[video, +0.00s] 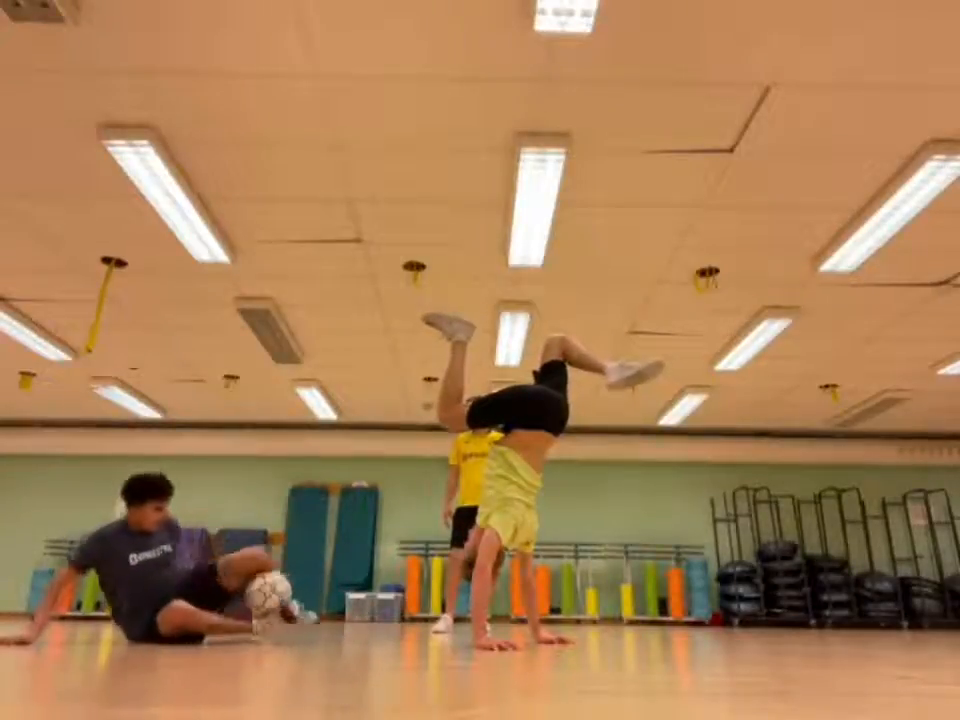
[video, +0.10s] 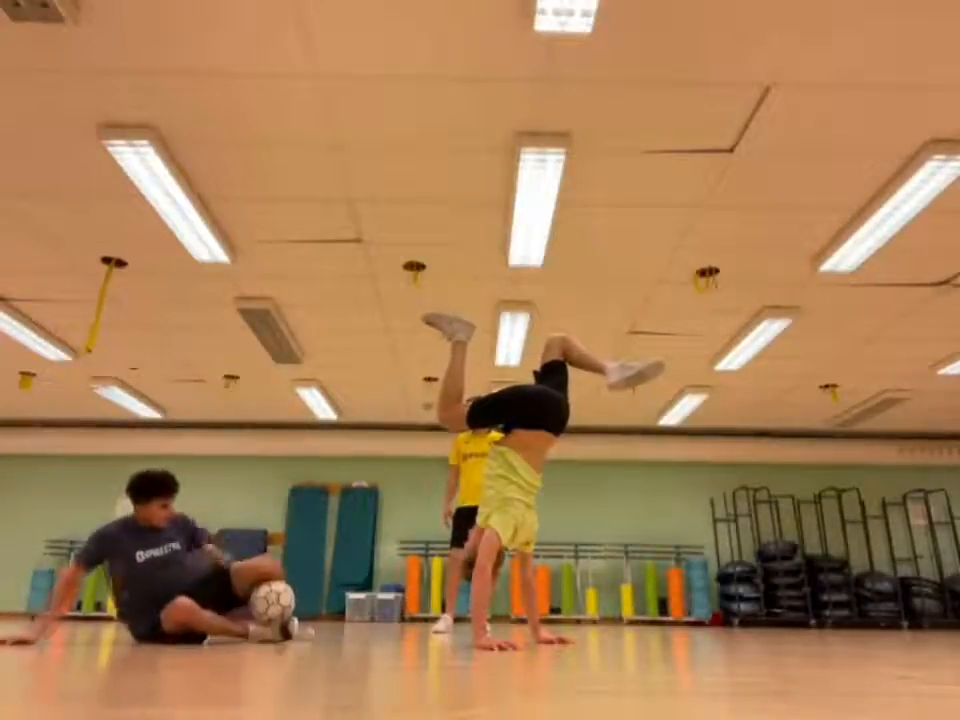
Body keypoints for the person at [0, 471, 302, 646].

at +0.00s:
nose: (165, 515)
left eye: (166, 508)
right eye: (158, 508)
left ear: (162, 506)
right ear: (135, 508)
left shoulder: (170, 530)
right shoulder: (103, 541)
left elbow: (194, 567)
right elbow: (65, 579)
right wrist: (35, 630)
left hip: (186, 591)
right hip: (146, 617)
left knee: (255, 557)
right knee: (179, 613)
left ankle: (280, 605)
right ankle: (256, 626)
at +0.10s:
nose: (171, 511)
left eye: (171, 504)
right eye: (164, 505)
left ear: (166, 504)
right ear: (143, 505)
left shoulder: (180, 524)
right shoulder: (111, 536)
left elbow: (214, 555)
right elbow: (72, 575)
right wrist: (44, 627)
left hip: (201, 589)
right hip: (153, 613)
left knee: (269, 566)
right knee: (183, 609)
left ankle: (274, 620)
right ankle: (254, 632)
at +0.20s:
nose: (171, 506)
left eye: (171, 499)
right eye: (163, 501)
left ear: (169, 500)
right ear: (141, 503)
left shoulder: (184, 518)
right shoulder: (115, 535)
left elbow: (231, 524)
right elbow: (73, 576)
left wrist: (276, 526)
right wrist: (48, 631)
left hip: (203, 586)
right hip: (157, 612)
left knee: (269, 569)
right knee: (194, 611)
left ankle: (285, 622)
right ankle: (261, 633)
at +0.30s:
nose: (153, 497)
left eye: (153, 489)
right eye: (143, 494)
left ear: (157, 485)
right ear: (123, 498)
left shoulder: (174, 498)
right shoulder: (110, 529)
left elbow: (218, 475)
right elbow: (73, 574)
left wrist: (237, 445)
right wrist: (48, 631)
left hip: (207, 577)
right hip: (165, 603)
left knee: (273, 571)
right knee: (199, 608)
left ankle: (284, 615)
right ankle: (270, 634)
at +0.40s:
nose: (114, 485)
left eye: (111, 476)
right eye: (104, 485)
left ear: (115, 465)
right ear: (95, 487)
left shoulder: (141, 461)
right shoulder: (99, 519)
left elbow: (143, 405)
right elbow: (73, 575)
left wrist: (104, 378)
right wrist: (47, 633)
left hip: (204, 539)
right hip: (171, 569)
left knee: (266, 560)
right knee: (200, 589)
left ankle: (290, 611)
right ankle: (275, 632)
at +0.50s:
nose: (74, 479)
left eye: (68, 471)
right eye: (65, 482)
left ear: (67, 460)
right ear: (57, 487)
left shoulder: (86, 445)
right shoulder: (82, 517)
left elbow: (56, 399)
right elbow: (70, 574)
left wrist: (11, 373)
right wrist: (45, 633)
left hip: (193, 491)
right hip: (172, 527)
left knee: (257, 524)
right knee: (210, 565)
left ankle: (289, 563)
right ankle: (269, 624)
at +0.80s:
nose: (47, 478)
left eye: (40, 472)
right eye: (38, 486)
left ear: (34, 461)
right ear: (27, 497)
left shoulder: (37, 449)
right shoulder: (58, 521)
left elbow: (6, 422)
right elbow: (64, 578)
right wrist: (46, 633)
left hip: (149, 442)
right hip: (148, 489)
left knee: (227, 449)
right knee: (215, 500)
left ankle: (302, 467)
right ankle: (292, 519)